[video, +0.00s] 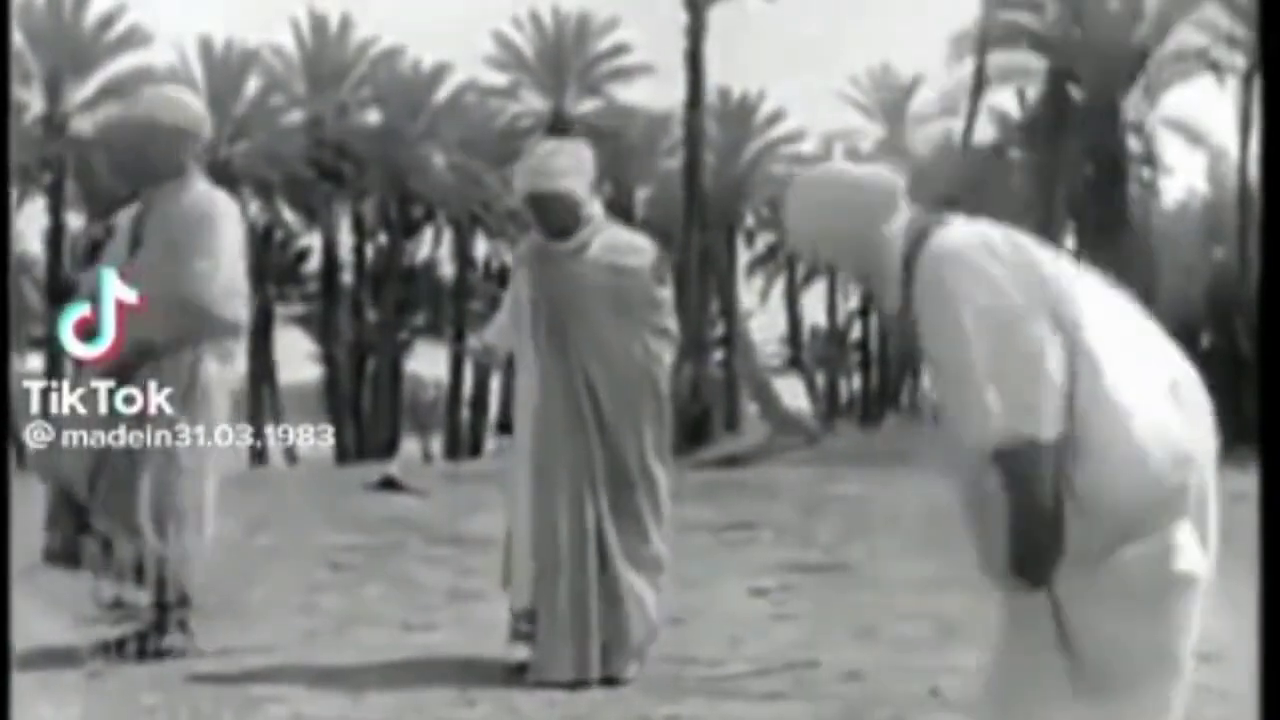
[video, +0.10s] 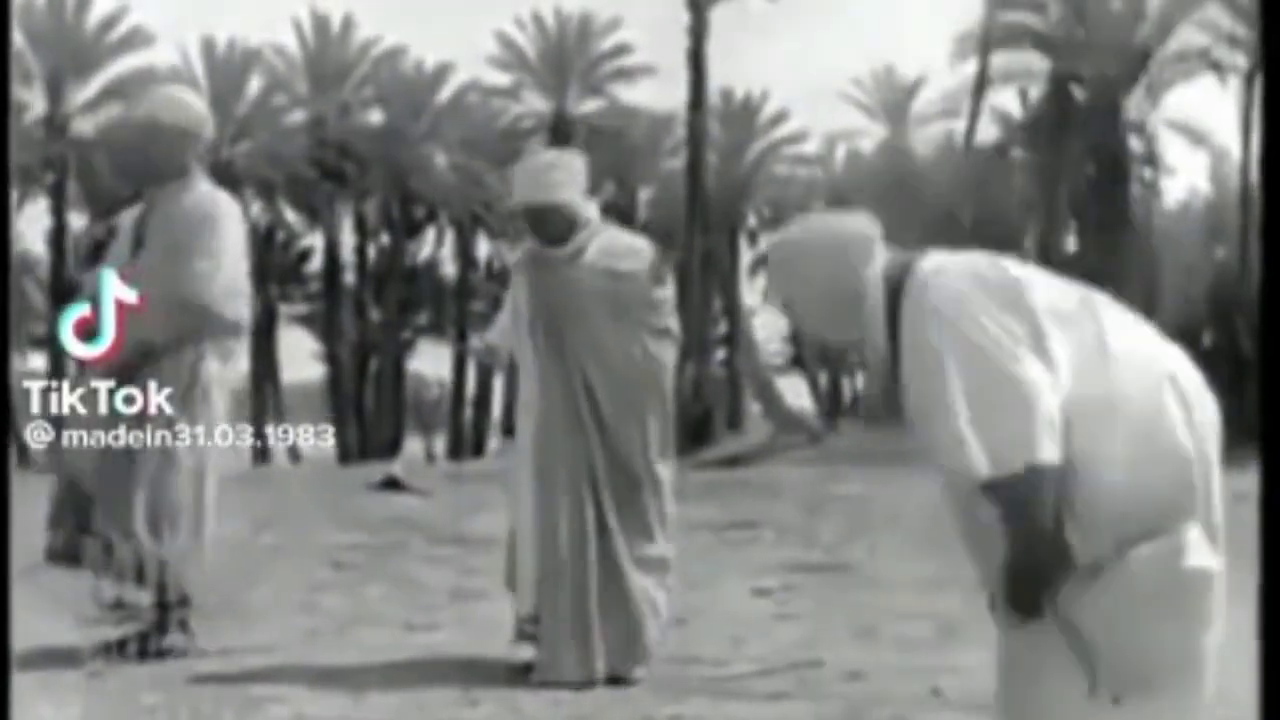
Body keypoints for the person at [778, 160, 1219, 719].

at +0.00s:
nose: (838, 275)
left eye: (830, 258)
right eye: (826, 263)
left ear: (849, 241)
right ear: (878, 212)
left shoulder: (955, 261)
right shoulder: (950, 257)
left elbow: (1021, 430)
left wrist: (1026, 583)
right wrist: (1029, 574)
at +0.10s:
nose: (811, 339)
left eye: (805, 318)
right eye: (802, 323)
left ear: (833, 298)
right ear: (855, 272)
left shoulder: (947, 298)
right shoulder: (930, 304)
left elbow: (1019, 412)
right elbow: (1006, 414)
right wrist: (1030, 540)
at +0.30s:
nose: (797, 442)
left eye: (789, 424)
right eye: (785, 429)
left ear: (805, 404)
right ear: (840, 359)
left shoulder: (928, 374)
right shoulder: (911, 375)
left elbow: (1027, 549)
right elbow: (992, 518)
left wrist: (1017, 654)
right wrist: (1008, 628)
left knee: (1149, 687)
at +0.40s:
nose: (807, 457)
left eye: (796, 444)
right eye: (795, 447)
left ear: (807, 424)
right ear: (840, 378)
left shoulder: (914, 389)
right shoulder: (915, 383)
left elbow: (997, 598)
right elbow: (1003, 594)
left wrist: (974, 699)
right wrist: (982, 691)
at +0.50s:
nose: (788, 499)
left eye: (781, 473)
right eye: (772, 479)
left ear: (816, 438)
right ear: (826, 419)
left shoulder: (912, 421)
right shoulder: (898, 418)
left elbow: (956, 641)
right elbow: (955, 626)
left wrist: (932, 703)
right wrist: (936, 695)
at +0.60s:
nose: (783, 536)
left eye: (776, 511)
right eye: (770, 517)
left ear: (811, 478)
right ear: (819, 462)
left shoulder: (896, 471)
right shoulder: (885, 467)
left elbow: (887, 690)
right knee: (970, 686)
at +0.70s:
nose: (769, 574)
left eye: (762, 550)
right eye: (752, 555)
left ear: (800, 510)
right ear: (810, 486)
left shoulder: (884, 520)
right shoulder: (877, 486)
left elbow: (849, 701)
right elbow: (862, 690)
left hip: (1116, 572)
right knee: (943, 686)